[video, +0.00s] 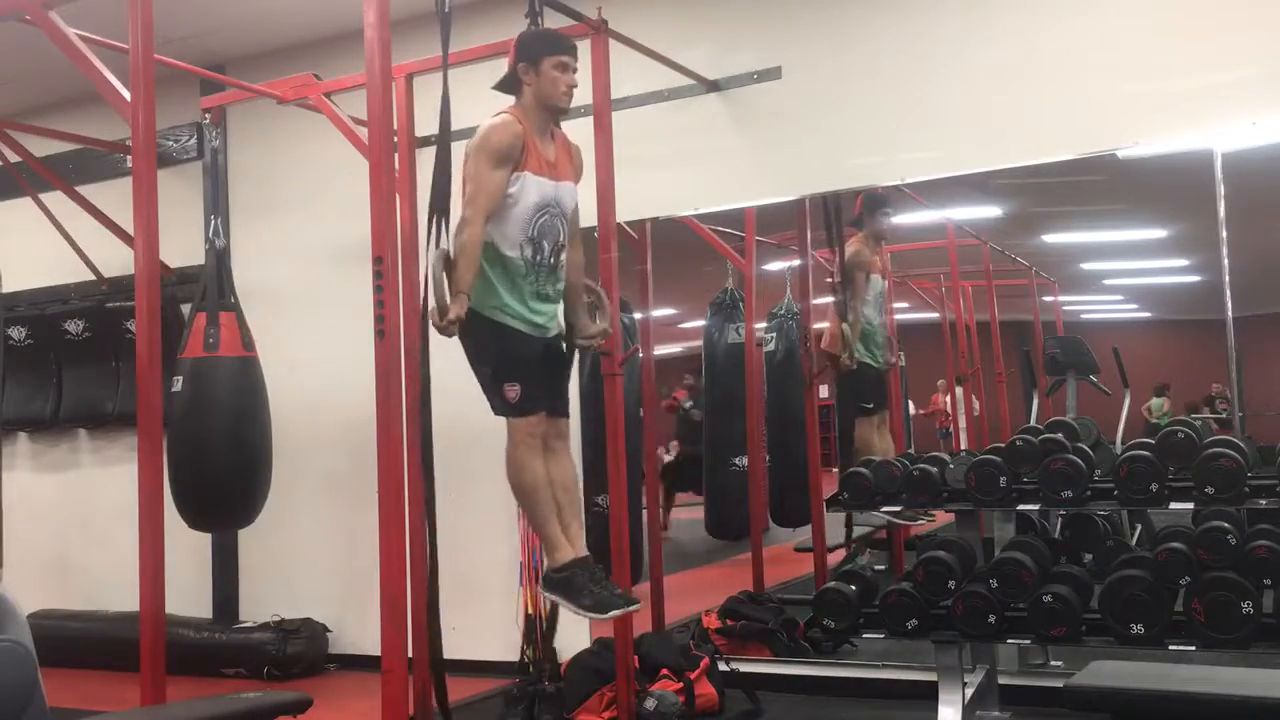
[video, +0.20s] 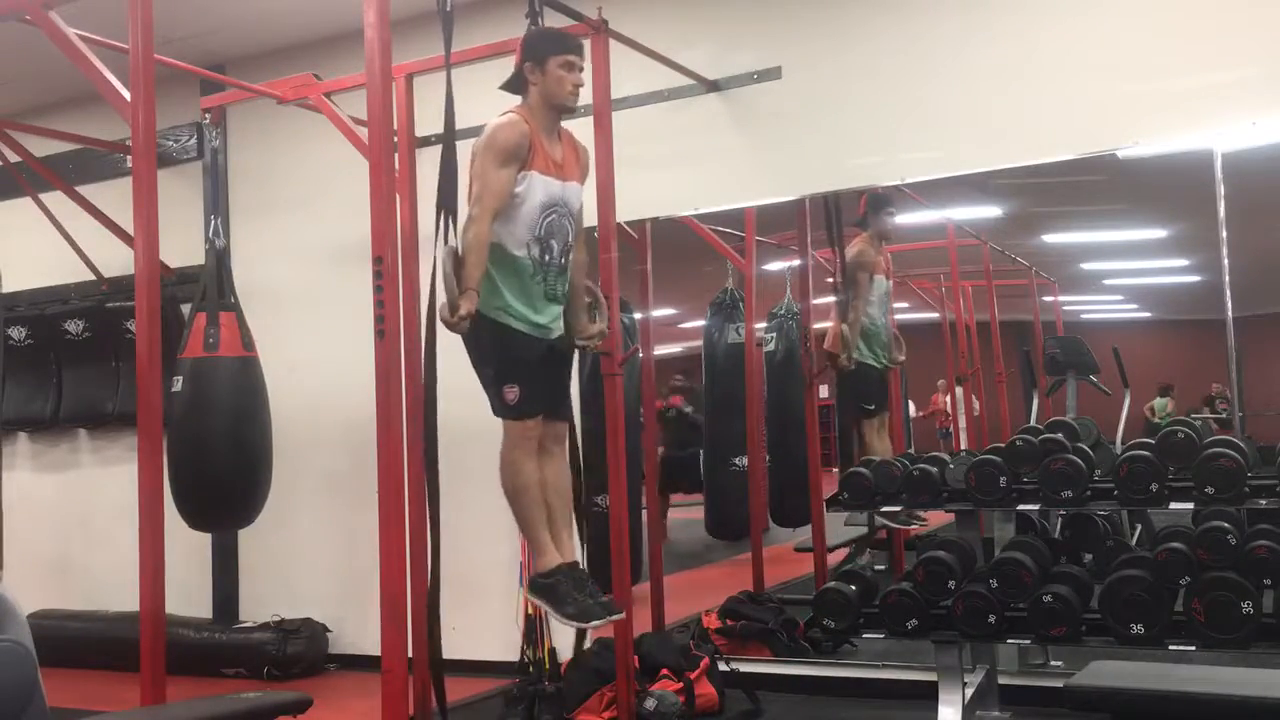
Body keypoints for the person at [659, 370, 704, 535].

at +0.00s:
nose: (685, 383)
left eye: (689, 380)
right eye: (684, 380)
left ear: (698, 383)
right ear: (682, 384)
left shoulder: (704, 399)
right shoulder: (681, 399)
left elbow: (701, 418)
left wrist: (687, 404)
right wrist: (673, 445)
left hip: (702, 450)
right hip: (682, 450)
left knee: (709, 486)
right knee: (669, 481)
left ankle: (716, 522)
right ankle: (665, 520)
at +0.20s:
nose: (676, 391)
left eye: (679, 387)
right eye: (672, 388)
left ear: (688, 387)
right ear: (667, 389)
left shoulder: (695, 402)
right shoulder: (666, 405)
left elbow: (703, 423)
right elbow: (659, 422)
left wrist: (684, 408)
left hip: (693, 450)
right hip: (670, 451)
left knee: (706, 488)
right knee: (663, 491)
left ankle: (715, 527)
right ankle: (661, 529)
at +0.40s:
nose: (668, 382)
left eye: (672, 379)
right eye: (666, 378)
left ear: (680, 381)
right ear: (663, 380)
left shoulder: (688, 395)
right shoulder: (660, 397)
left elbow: (701, 398)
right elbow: (651, 414)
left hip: (688, 447)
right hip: (665, 448)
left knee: (694, 484)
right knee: (661, 489)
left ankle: (693, 515)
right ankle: (660, 523)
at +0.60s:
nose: (664, 384)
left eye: (668, 381)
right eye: (663, 381)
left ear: (676, 382)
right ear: (661, 383)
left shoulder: (686, 399)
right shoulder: (659, 401)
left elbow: (701, 400)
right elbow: (655, 409)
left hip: (684, 452)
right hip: (664, 452)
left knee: (687, 489)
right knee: (660, 490)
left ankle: (686, 519)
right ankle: (658, 522)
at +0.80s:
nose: (664, 387)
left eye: (668, 384)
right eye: (663, 384)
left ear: (678, 384)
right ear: (662, 385)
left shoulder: (688, 399)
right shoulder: (659, 400)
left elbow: (703, 413)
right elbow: (646, 421)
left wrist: (687, 408)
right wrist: (654, 409)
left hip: (684, 452)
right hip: (662, 452)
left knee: (684, 489)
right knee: (656, 491)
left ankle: (683, 520)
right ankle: (653, 523)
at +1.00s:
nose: (662, 386)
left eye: (665, 383)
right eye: (661, 383)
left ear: (675, 383)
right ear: (659, 384)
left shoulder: (685, 397)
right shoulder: (657, 399)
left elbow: (701, 413)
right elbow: (645, 416)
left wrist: (688, 414)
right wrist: (654, 410)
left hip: (682, 449)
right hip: (661, 449)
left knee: (684, 487)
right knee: (655, 488)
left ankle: (683, 520)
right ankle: (653, 523)